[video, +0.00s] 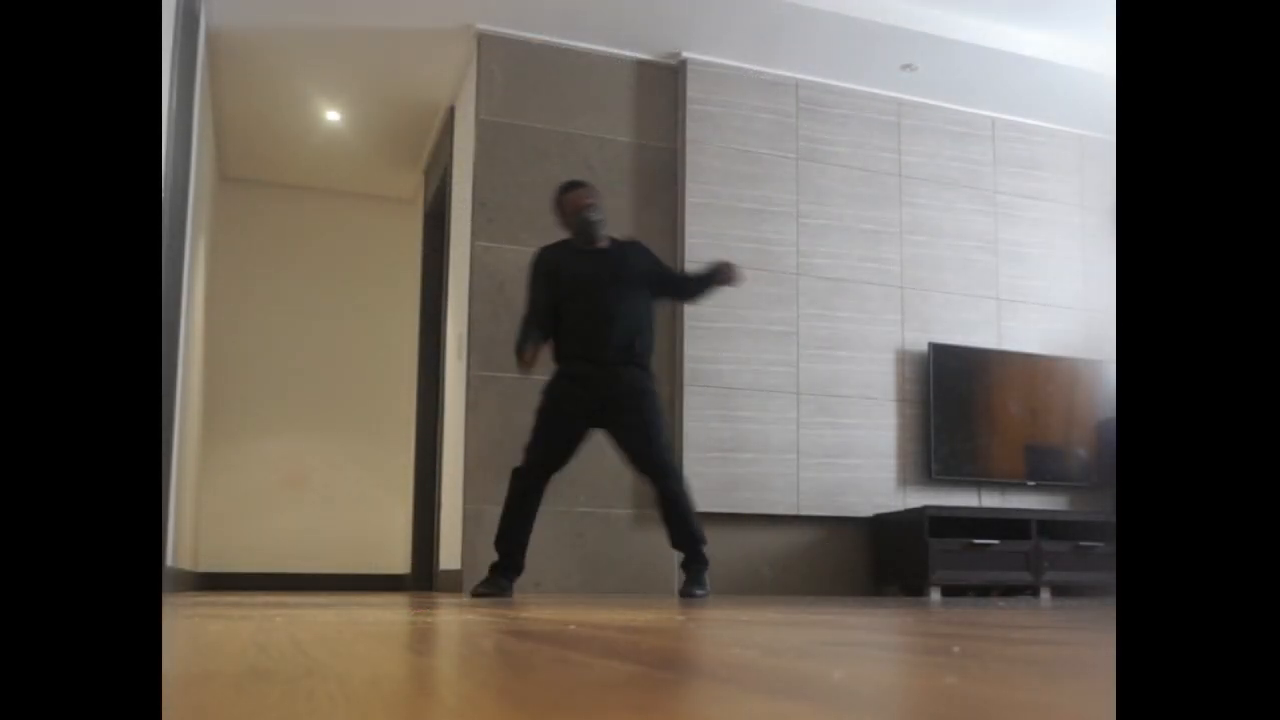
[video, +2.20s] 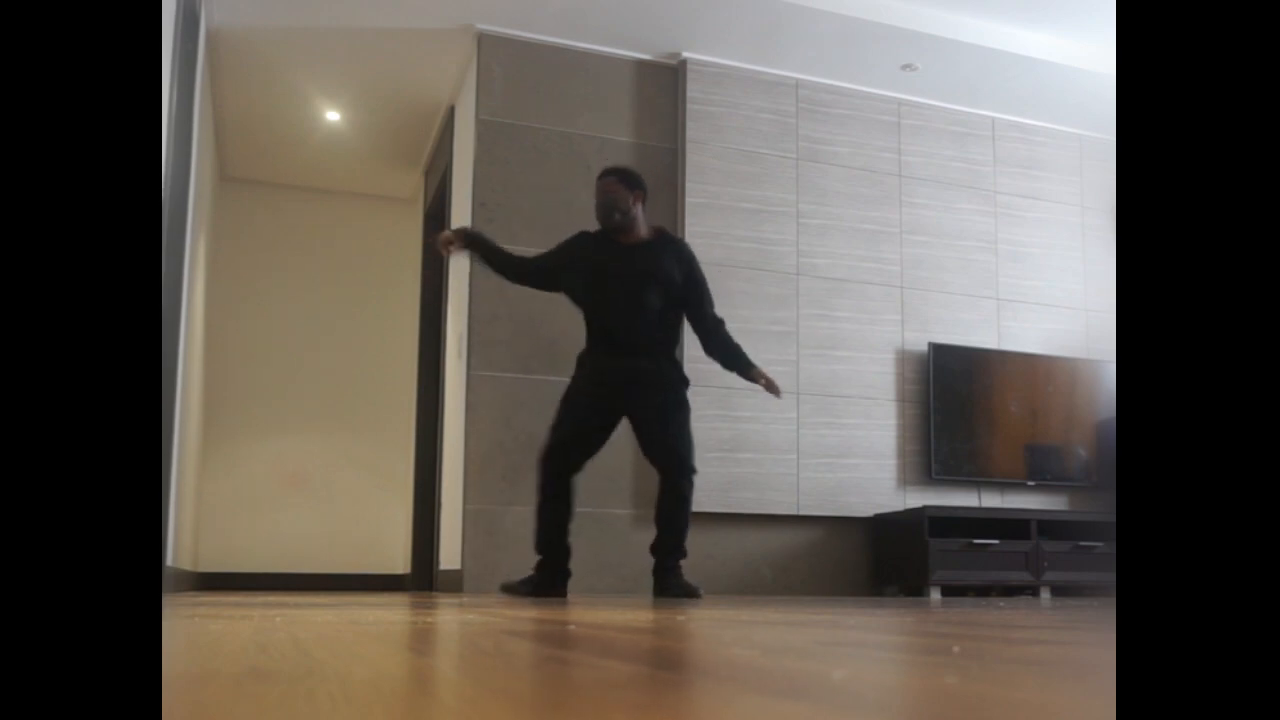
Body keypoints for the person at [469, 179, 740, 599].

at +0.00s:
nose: (588, 211)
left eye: (592, 203)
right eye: (577, 207)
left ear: (602, 209)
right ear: (562, 218)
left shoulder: (632, 256)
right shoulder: (552, 261)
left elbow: (678, 287)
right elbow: (539, 312)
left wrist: (712, 277)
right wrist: (528, 344)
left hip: (628, 388)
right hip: (572, 387)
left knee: (663, 472)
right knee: (532, 473)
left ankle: (695, 566)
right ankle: (504, 572)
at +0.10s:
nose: (559, 220)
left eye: (561, 211)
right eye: (548, 219)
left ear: (570, 209)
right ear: (537, 231)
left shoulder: (604, 235)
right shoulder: (539, 274)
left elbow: (661, 271)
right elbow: (525, 344)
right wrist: (524, 325)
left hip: (605, 378)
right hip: (556, 381)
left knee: (602, 462)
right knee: (523, 472)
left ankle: (664, 568)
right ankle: (503, 574)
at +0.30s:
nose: (565, 192)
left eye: (569, 186)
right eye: (555, 188)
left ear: (578, 193)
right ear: (538, 199)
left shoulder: (595, 224)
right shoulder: (524, 241)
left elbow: (601, 261)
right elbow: (511, 292)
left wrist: (599, 291)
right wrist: (511, 287)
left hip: (603, 362)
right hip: (549, 367)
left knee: (641, 448)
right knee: (525, 464)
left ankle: (679, 544)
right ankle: (505, 569)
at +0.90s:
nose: (575, 200)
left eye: (586, 199)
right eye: (572, 190)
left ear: (593, 210)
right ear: (555, 189)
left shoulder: (599, 245)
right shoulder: (519, 235)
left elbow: (621, 301)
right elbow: (499, 293)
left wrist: (645, 327)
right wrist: (495, 295)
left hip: (600, 371)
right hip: (541, 372)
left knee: (647, 449)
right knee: (518, 467)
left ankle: (675, 549)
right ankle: (505, 571)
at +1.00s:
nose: (590, 208)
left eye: (599, 207)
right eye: (586, 198)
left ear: (603, 219)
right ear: (566, 194)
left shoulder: (603, 263)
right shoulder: (528, 228)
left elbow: (629, 320)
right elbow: (501, 261)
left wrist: (689, 328)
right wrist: (487, 285)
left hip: (607, 377)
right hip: (548, 378)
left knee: (656, 450)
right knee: (518, 467)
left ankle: (675, 555)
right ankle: (503, 571)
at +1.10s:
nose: (614, 212)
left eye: (621, 208)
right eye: (608, 203)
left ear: (625, 216)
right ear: (584, 199)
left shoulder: (622, 265)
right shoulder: (546, 235)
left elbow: (664, 315)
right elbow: (510, 281)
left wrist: (722, 307)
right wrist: (482, 310)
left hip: (617, 384)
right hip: (558, 382)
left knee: (655, 466)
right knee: (523, 470)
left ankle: (665, 572)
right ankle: (502, 572)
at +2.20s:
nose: (601, 205)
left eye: (610, 198)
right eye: (598, 199)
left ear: (638, 200)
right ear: (596, 206)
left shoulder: (672, 254)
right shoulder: (583, 252)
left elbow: (706, 323)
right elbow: (524, 270)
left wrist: (746, 367)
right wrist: (473, 240)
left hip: (658, 383)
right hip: (598, 381)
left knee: (679, 471)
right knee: (556, 463)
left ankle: (668, 574)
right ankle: (551, 574)